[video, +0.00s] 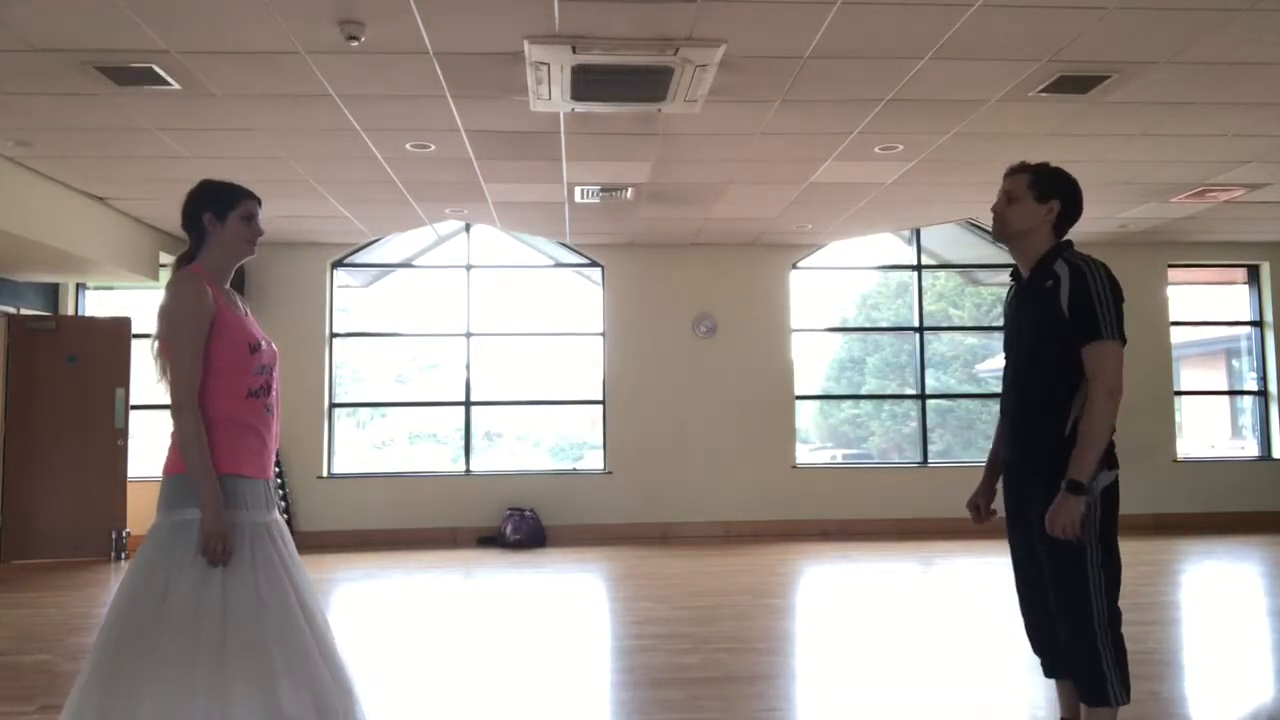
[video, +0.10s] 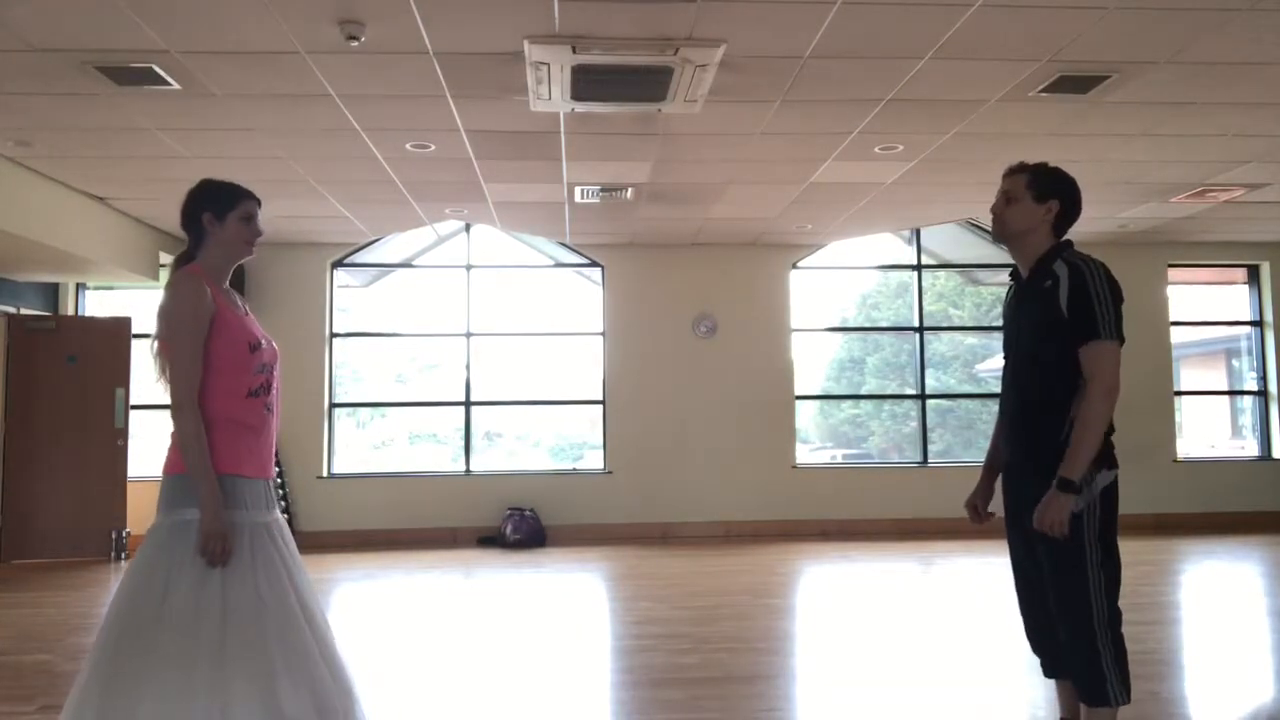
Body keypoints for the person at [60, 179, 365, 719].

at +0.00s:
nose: (260, 232)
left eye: (259, 221)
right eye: (248, 219)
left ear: (222, 226)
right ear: (210, 222)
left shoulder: (231, 298)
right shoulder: (191, 288)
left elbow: (236, 403)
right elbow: (184, 403)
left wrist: (264, 499)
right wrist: (211, 507)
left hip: (249, 498)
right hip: (215, 499)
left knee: (252, 656)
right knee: (214, 658)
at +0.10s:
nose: (258, 232)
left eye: (258, 222)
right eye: (248, 220)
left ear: (221, 226)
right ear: (209, 222)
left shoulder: (230, 297)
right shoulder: (191, 289)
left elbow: (235, 403)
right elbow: (184, 403)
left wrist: (265, 497)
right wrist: (211, 506)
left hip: (251, 497)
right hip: (215, 499)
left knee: (254, 654)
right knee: (214, 658)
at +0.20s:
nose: (257, 233)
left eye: (257, 223)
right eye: (246, 221)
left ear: (220, 226)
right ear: (208, 221)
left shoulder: (230, 297)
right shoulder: (189, 289)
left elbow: (238, 403)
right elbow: (183, 403)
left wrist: (266, 498)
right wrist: (210, 506)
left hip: (251, 496)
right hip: (215, 498)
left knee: (254, 653)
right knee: (213, 656)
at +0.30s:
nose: (255, 235)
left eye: (256, 225)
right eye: (246, 222)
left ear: (219, 227)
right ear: (207, 222)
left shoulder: (229, 296)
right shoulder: (188, 290)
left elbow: (238, 404)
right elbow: (183, 406)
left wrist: (267, 499)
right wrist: (210, 507)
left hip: (252, 498)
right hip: (215, 499)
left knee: (255, 654)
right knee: (216, 656)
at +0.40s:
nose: (255, 236)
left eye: (256, 226)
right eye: (246, 224)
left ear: (217, 228)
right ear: (207, 223)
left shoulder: (230, 298)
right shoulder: (186, 292)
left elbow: (244, 404)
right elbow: (183, 408)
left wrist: (270, 497)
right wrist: (211, 507)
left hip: (253, 497)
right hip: (215, 498)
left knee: (256, 653)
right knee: (217, 654)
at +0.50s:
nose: (255, 235)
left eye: (256, 226)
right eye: (246, 223)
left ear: (219, 228)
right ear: (208, 223)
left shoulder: (229, 298)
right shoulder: (186, 291)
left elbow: (244, 405)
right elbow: (184, 407)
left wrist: (271, 497)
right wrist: (212, 507)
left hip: (253, 497)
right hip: (216, 498)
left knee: (257, 653)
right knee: (218, 655)